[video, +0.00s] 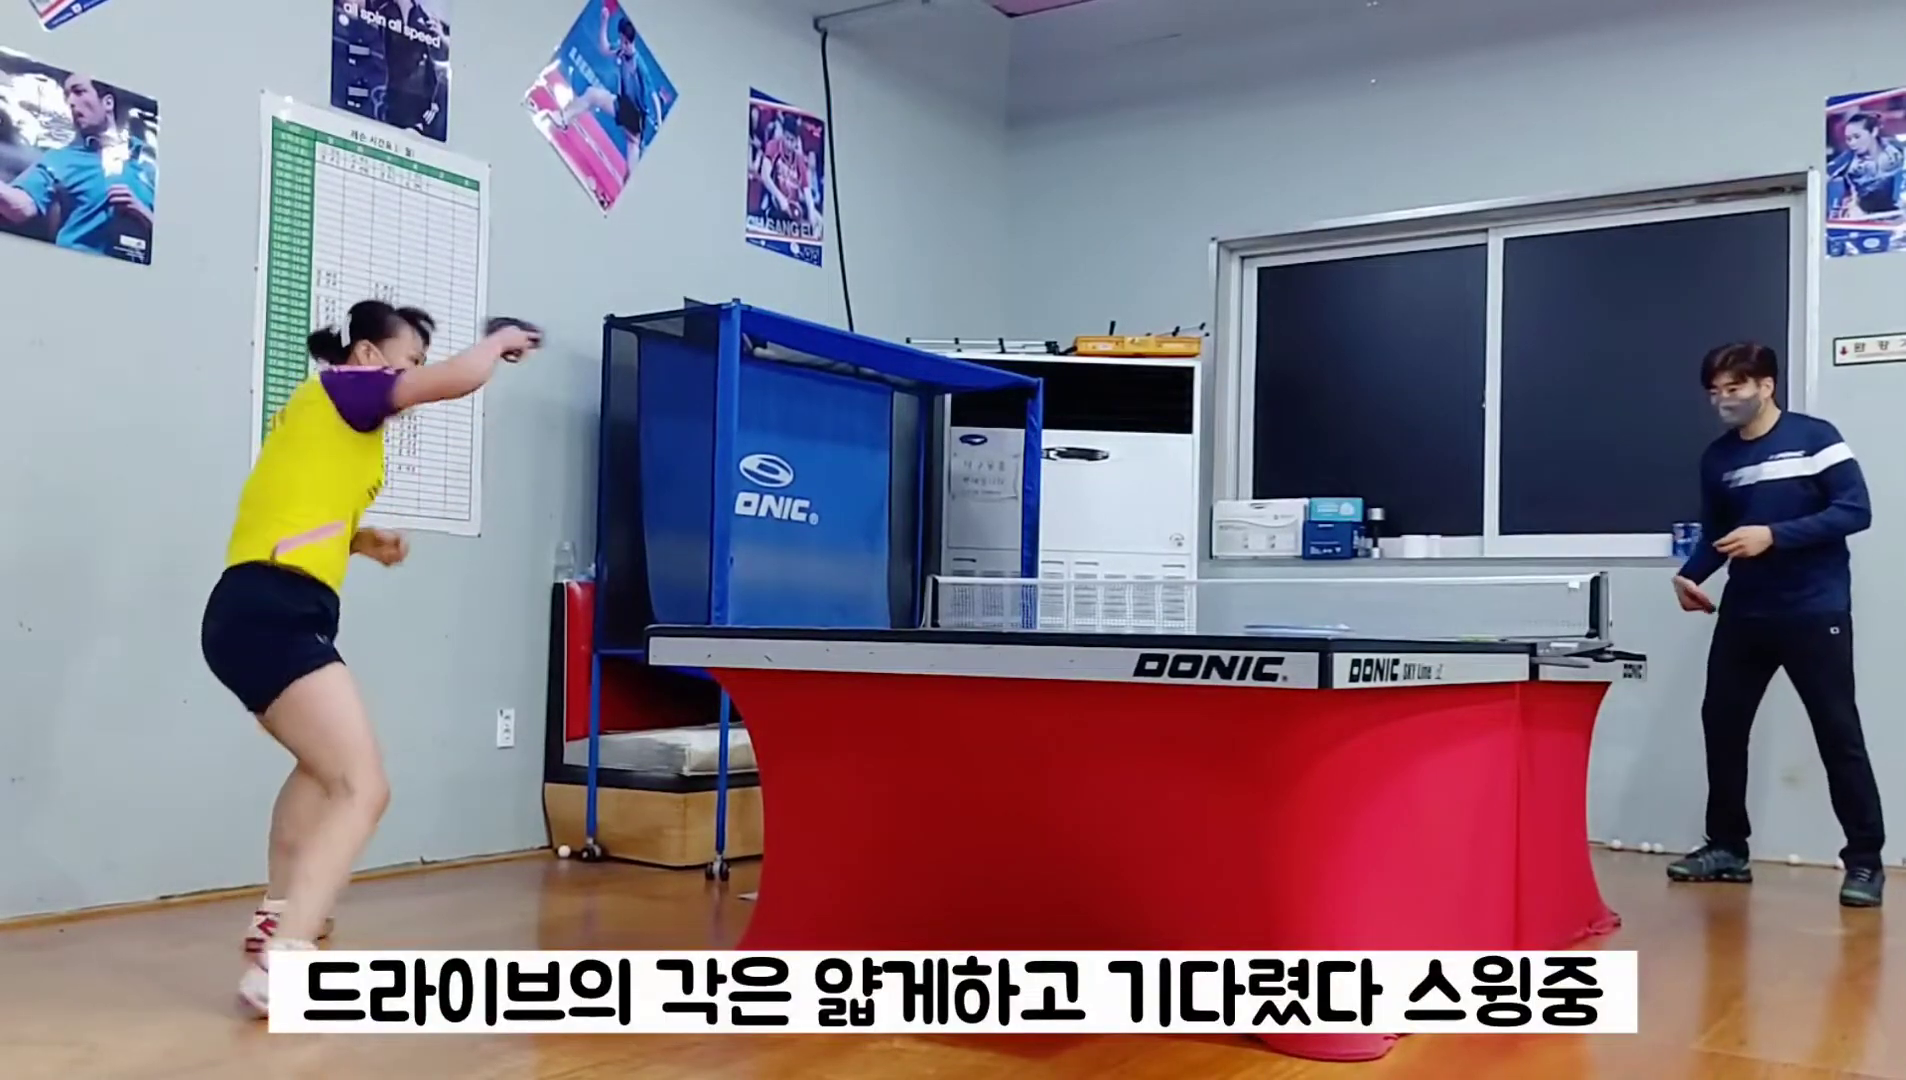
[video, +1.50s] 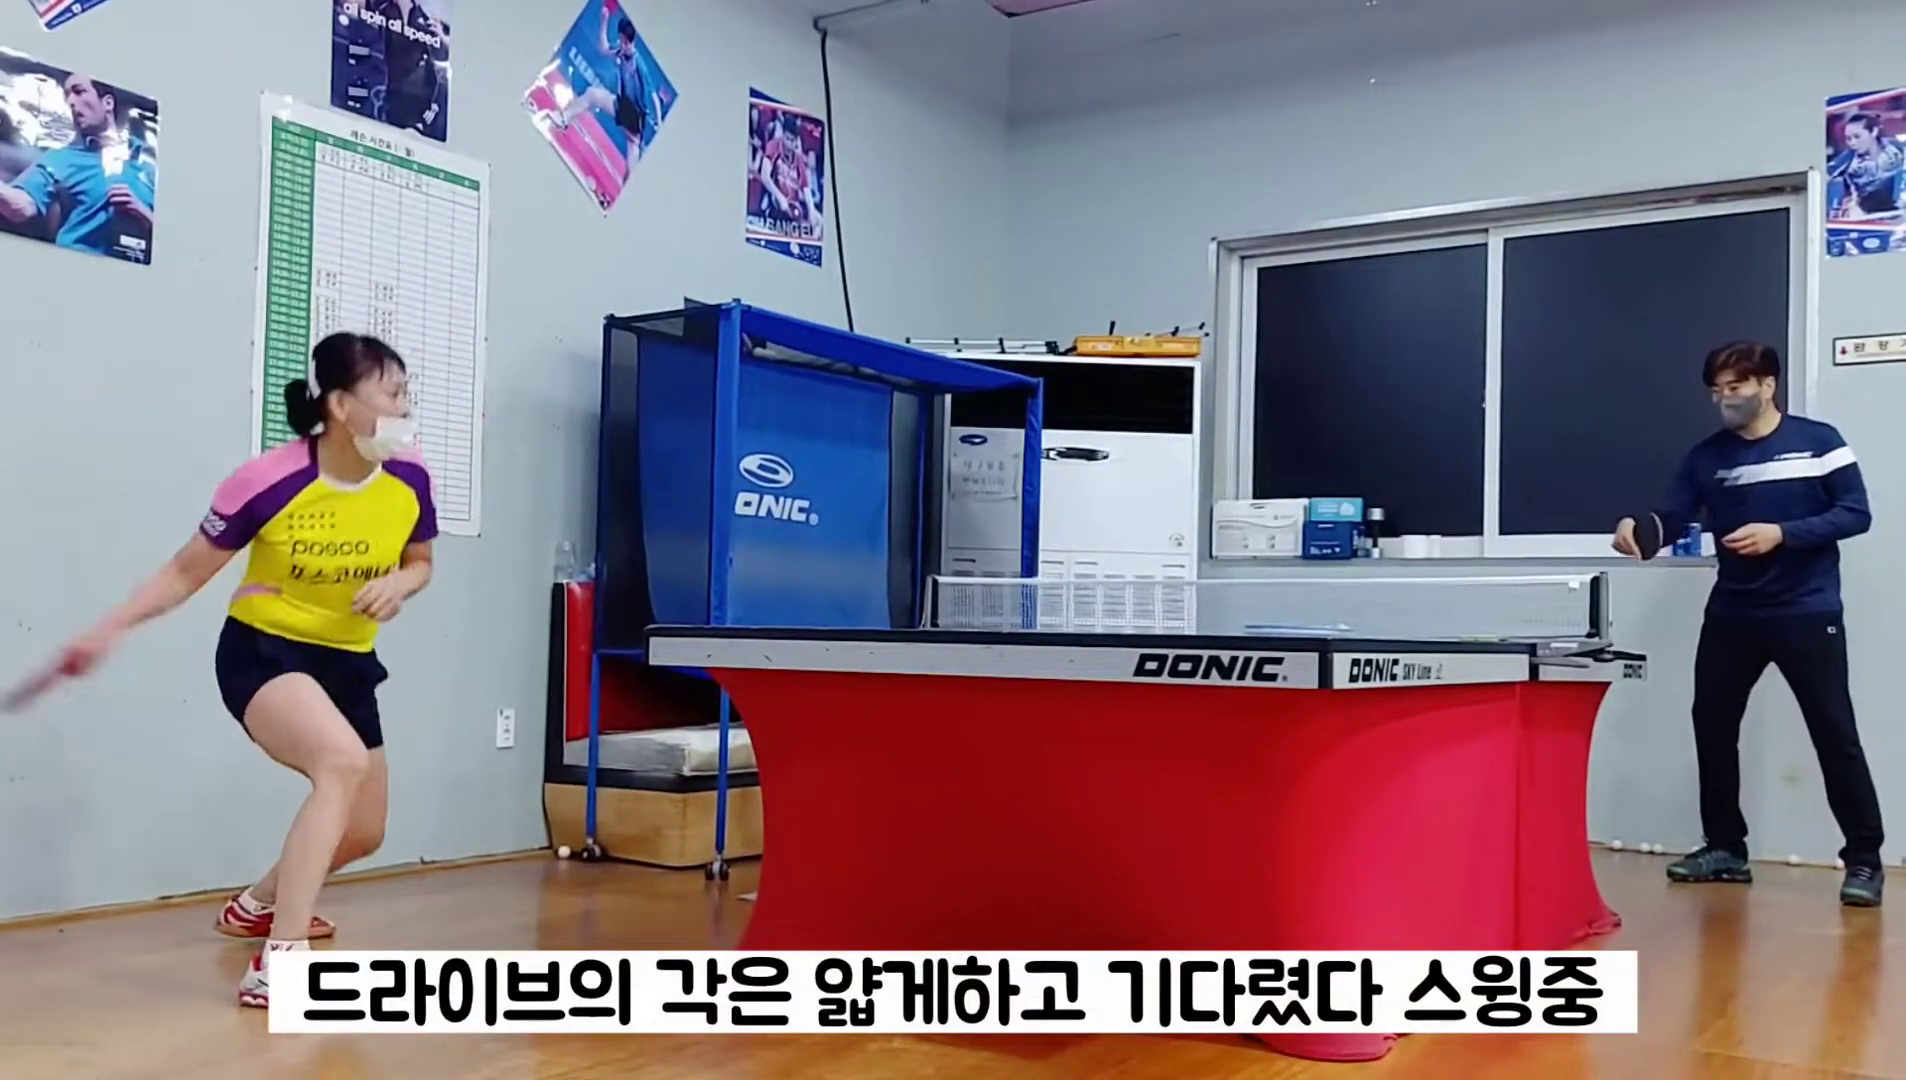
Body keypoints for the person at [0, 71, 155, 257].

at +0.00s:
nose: (71, 101)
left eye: (80, 91)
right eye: (67, 96)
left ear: (108, 102)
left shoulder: (149, 162)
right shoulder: (61, 159)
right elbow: (20, 208)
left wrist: (143, 212)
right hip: (74, 261)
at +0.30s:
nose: (71, 101)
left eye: (79, 91)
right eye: (67, 96)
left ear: (108, 103)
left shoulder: (149, 161)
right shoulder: (60, 159)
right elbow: (20, 208)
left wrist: (143, 212)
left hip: (134, 270)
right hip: (74, 262)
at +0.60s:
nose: (70, 101)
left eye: (79, 91)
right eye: (67, 96)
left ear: (108, 103)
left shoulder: (149, 160)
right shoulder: (60, 159)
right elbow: (20, 208)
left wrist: (142, 212)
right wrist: (4, 192)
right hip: (74, 262)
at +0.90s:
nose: (70, 101)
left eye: (79, 91)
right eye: (67, 95)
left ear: (108, 103)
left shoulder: (149, 162)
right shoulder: (60, 159)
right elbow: (20, 207)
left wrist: (143, 212)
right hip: (75, 262)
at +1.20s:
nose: (70, 101)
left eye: (79, 91)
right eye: (67, 95)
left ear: (108, 103)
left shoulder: (149, 162)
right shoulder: (60, 159)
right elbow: (19, 207)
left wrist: (143, 213)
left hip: (134, 270)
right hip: (74, 261)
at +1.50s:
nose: (70, 101)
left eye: (79, 91)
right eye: (67, 96)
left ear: (108, 103)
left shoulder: (149, 161)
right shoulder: (59, 159)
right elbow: (19, 207)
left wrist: (143, 213)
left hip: (134, 270)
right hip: (75, 260)